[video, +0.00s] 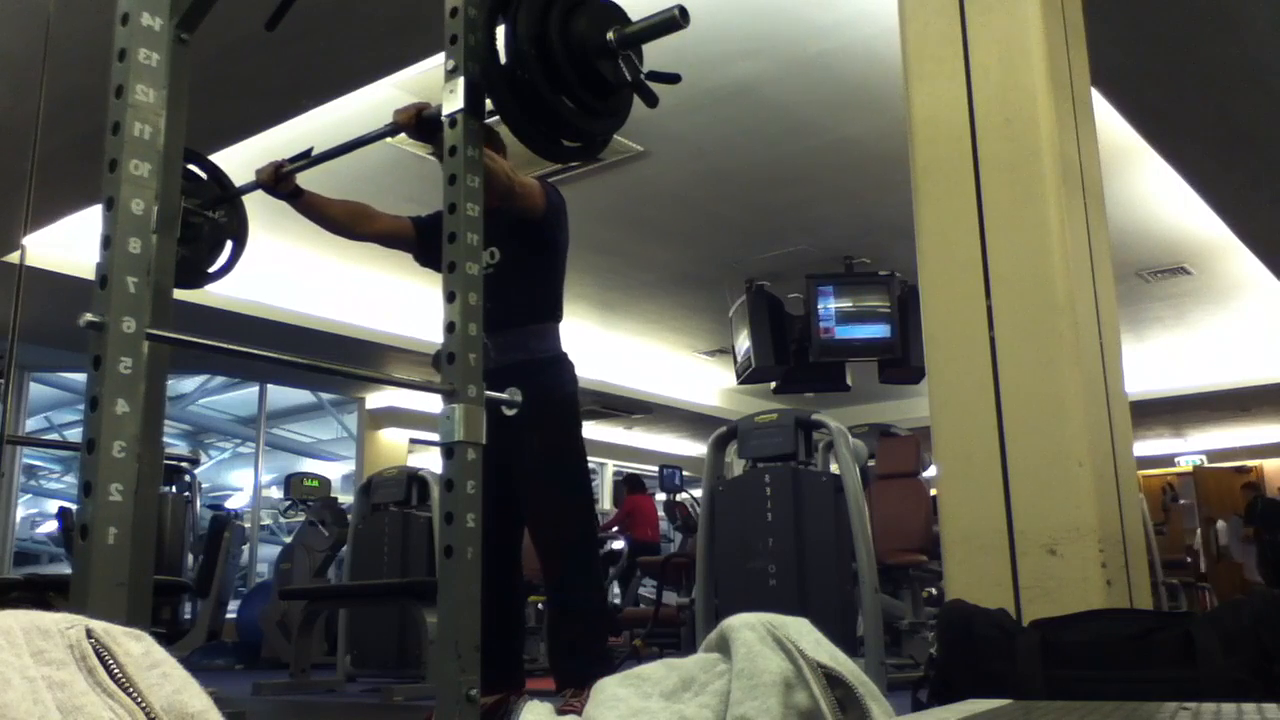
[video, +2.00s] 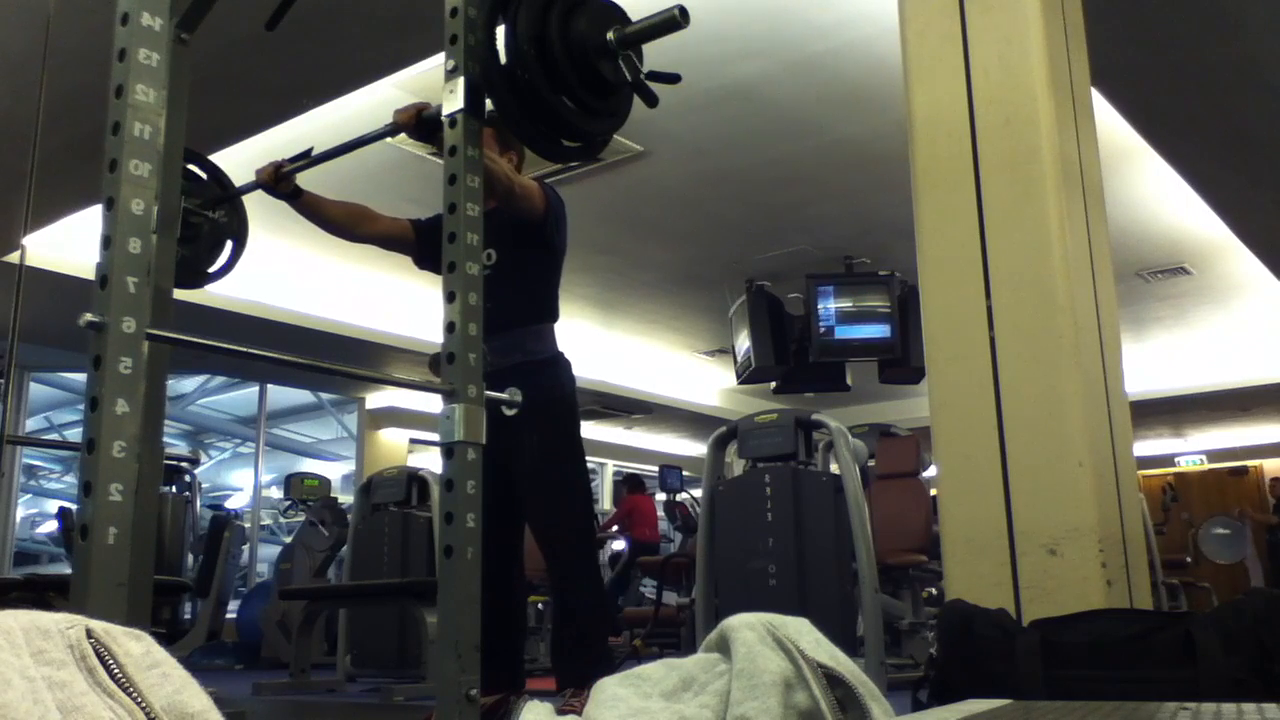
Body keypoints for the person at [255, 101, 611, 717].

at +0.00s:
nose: (468, 173)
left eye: (475, 160)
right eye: (459, 166)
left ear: (498, 154)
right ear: (451, 172)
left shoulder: (542, 206)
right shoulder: (455, 226)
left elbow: (503, 182)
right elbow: (368, 222)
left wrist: (440, 133)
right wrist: (295, 193)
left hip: (539, 385)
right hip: (476, 393)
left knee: (562, 535)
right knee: (486, 544)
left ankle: (579, 683)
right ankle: (497, 686)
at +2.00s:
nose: (467, 166)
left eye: (477, 154)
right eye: (461, 159)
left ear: (510, 155)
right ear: (458, 165)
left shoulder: (542, 208)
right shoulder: (457, 227)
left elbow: (504, 180)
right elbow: (369, 224)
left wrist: (441, 133)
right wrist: (295, 193)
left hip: (536, 384)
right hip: (475, 393)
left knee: (563, 538)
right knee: (487, 547)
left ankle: (580, 684)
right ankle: (497, 687)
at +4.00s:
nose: (470, 154)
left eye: (482, 143)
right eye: (465, 144)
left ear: (513, 152)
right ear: (455, 154)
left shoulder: (535, 198)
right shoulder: (447, 215)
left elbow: (506, 183)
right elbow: (361, 235)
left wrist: (443, 139)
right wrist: (296, 194)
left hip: (527, 383)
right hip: (469, 386)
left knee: (529, 532)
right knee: (472, 536)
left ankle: (532, 687)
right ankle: (485, 685)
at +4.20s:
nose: (428, 155)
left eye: (444, 146)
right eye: (427, 147)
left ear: (476, 156)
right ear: (427, 159)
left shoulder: (502, 208)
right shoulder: (407, 226)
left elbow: (499, 226)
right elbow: (331, 273)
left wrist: (436, 144)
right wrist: (291, 203)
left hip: (490, 397)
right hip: (421, 399)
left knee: (469, 544)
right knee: (370, 533)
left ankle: (475, 685)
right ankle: (437, 677)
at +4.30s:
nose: (403, 150)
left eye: (418, 140)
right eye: (399, 142)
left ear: (446, 153)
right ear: (393, 158)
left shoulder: (470, 206)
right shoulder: (382, 226)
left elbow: (469, 241)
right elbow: (304, 284)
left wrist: (434, 160)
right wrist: (281, 206)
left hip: (447, 404)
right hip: (386, 402)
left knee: (426, 553)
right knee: (298, 524)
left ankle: (445, 690)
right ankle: (343, 675)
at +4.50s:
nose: (373, 118)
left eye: (389, 114)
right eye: (370, 112)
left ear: (409, 140)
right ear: (354, 135)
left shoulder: (412, 195)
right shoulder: (315, 210)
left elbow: (399, 231)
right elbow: (240, 271)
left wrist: (412, 147)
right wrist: (258, 194)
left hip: (351, 379)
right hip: (287, 380)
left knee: (351, 546)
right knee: (220, 517)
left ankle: (432, 681)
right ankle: (250, 694)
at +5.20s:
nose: (404, 106)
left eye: (421, 103)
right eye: (404, 101)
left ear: (442, 130)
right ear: (390, 124)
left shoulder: (442, 178)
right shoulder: (354, 192)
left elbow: (414, 226)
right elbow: (267, 249)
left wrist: (440, 141)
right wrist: (300, 188)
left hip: (394, 352)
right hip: (325, 352)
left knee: (386, 516)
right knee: (275, 502)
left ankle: (399, 693)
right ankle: (258, 685)